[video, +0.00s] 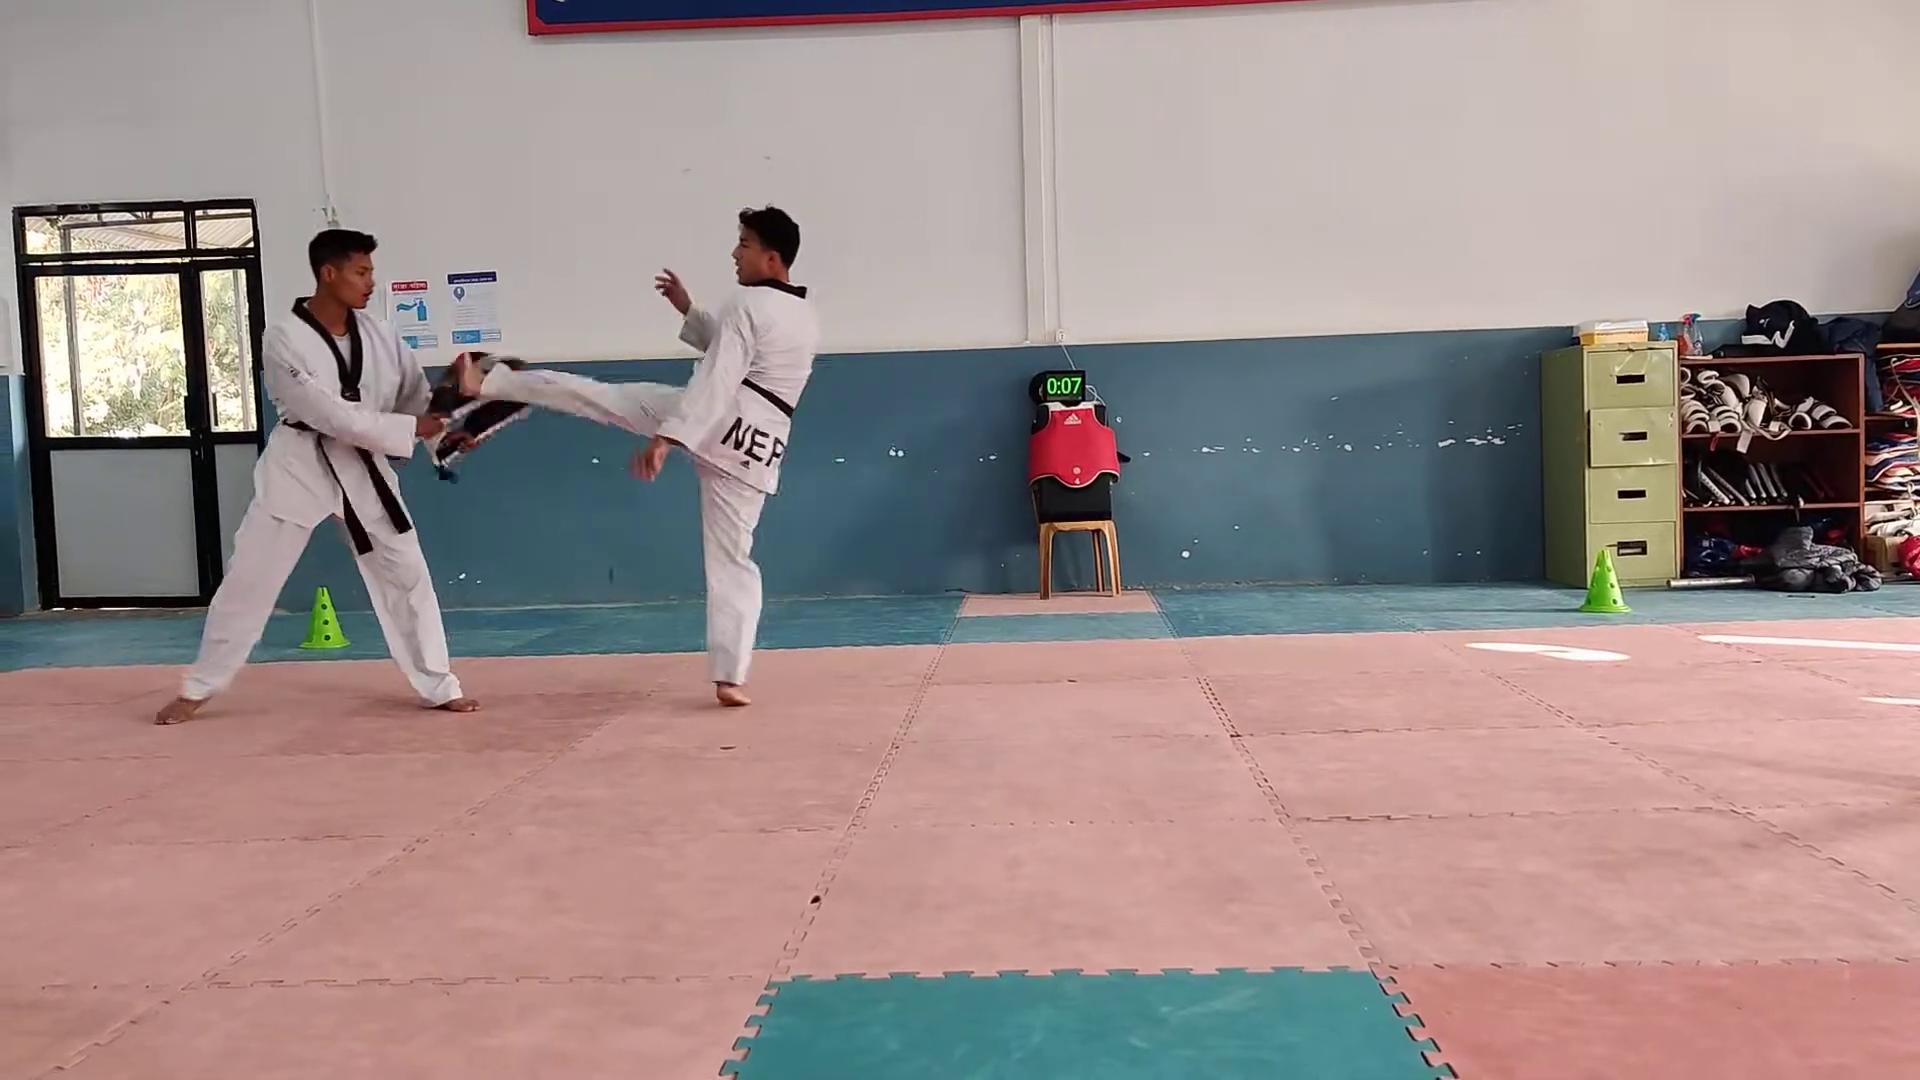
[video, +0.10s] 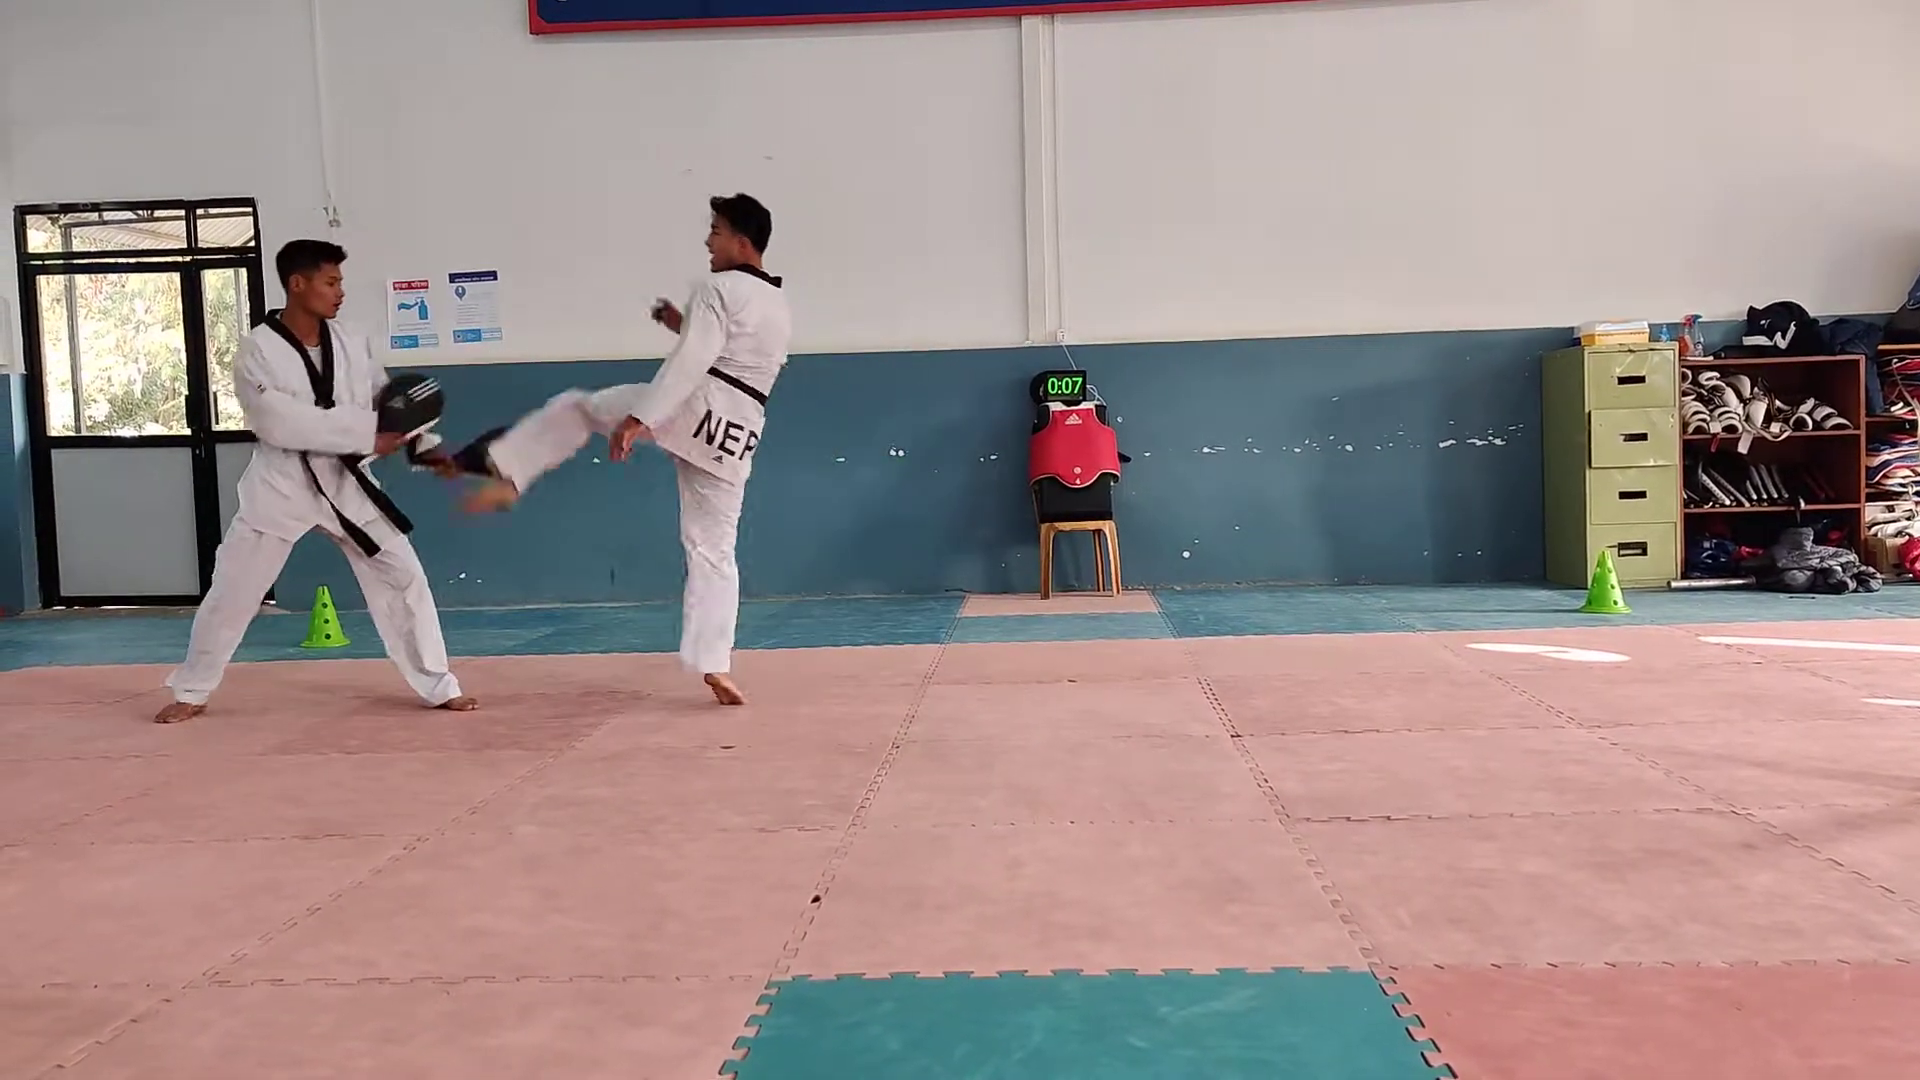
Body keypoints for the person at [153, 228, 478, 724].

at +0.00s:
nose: (371, 282)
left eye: (371, 272)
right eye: (362, 273)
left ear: (348, 276)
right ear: (327, 274)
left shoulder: (377, 332)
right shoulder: (285, 337)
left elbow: (414, 397)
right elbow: (322, 411)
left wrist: (455, 397)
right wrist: (411, 427)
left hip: (365, 462)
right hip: (299, 464)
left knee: (406, 570)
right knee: (250, 573)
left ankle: (439, 684)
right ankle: (197, 689)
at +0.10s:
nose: (341, 292)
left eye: (341, 283)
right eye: (331, 283)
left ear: (316, 286)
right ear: (297, 285)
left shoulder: (349, 340)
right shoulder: (258, 349)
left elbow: (384, 403)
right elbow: (275, 422)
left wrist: (426, 447)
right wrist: (368, 435)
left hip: (346, 478)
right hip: (279, 482)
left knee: (403, 573)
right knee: (233, 588)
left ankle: (438, 684)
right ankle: (189, 692)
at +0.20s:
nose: (337, 300)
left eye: (337, 290)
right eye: (327, 290)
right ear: (294, 293)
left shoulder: (350, 354)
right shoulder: (252, 359)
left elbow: (369, 433)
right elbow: (239, 443)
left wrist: (392, 480)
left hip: (347, 487)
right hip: (275, 489)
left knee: (406, 573)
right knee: (234, 594)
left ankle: (438, 684)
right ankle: (194, 695)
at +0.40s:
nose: (402, 306)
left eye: (402, 297)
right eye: (393, 296)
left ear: (375, 299)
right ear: (361, 297)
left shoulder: (393, 360)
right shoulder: (306, 355)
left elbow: (397, 438)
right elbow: (272, 434)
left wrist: (401, 485)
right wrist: (339, 479)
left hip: (376, 490)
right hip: (308, 492)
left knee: (431, 567)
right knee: (254, 592)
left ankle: (448, 684)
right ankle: (198, 693)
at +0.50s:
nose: (452, 302)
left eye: (453, 292)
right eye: (446, 291)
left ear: (424, 292)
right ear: (414, 288)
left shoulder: (423, 357)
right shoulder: (366, 342)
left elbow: (408, 436)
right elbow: (350, 417)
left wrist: (427, 479)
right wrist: (430, 458)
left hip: (399, 479)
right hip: (345, 475)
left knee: (446, 568)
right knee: (294, 585)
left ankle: (450, 683)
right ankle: (205, 676)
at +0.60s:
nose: (483, 292)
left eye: (484, 281)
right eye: (478, 280)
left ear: (450, 280)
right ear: (447, 278)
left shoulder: (432, 334)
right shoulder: (412, 332)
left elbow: (422, 418)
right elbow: (438, 413)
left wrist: (446, 466)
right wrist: (516, 441)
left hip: (418, 461)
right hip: (379, 455)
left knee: (454, 568)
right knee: (354, 580)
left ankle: (452, 683)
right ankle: (265, 653)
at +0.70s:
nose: (505, 280)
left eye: (506, 270)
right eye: (499, 269)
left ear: (468, 269)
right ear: (469, 267)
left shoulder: (450, 319)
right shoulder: (439, 320)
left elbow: (462, 405)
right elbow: (464, 403)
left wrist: (524, 423)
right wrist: (540, 427)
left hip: (433, 443)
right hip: (409, 440)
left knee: (460, 572)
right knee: (427, 572)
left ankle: (453, 685)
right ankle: (348, 662)